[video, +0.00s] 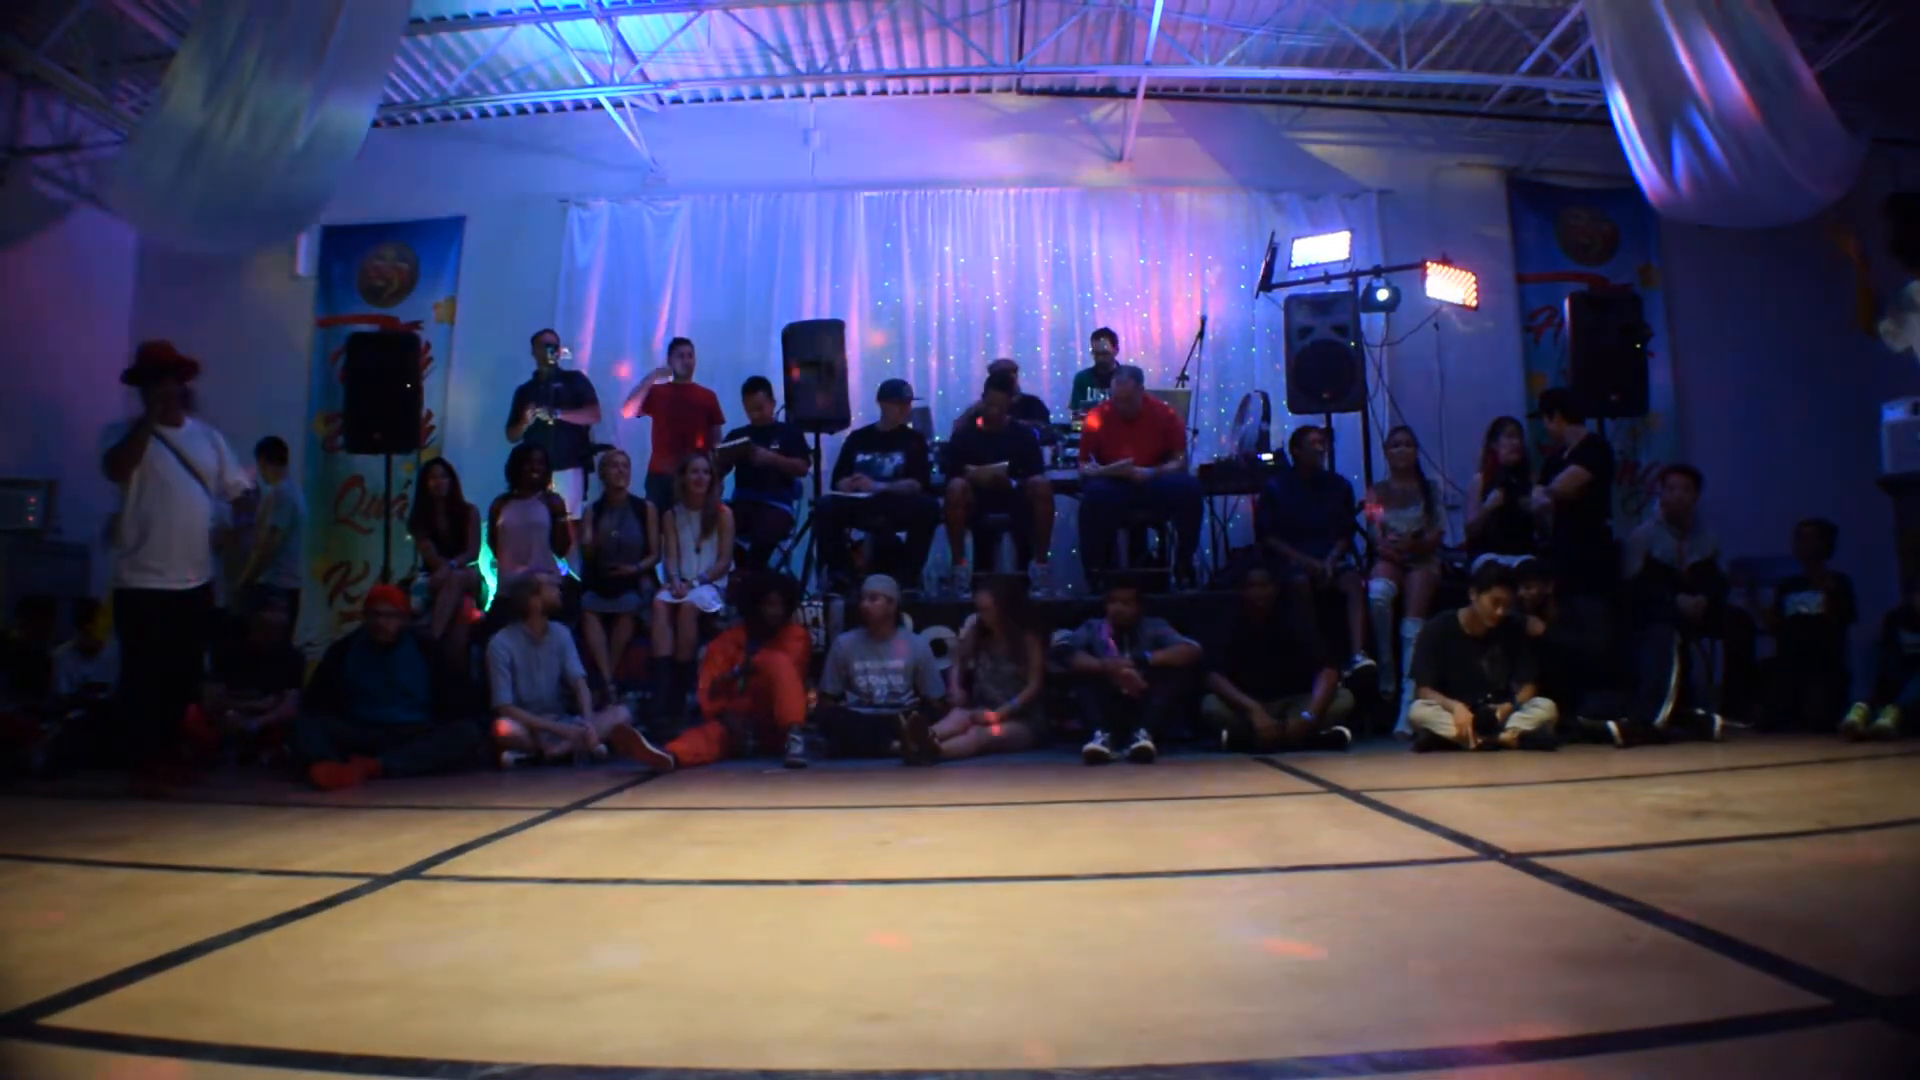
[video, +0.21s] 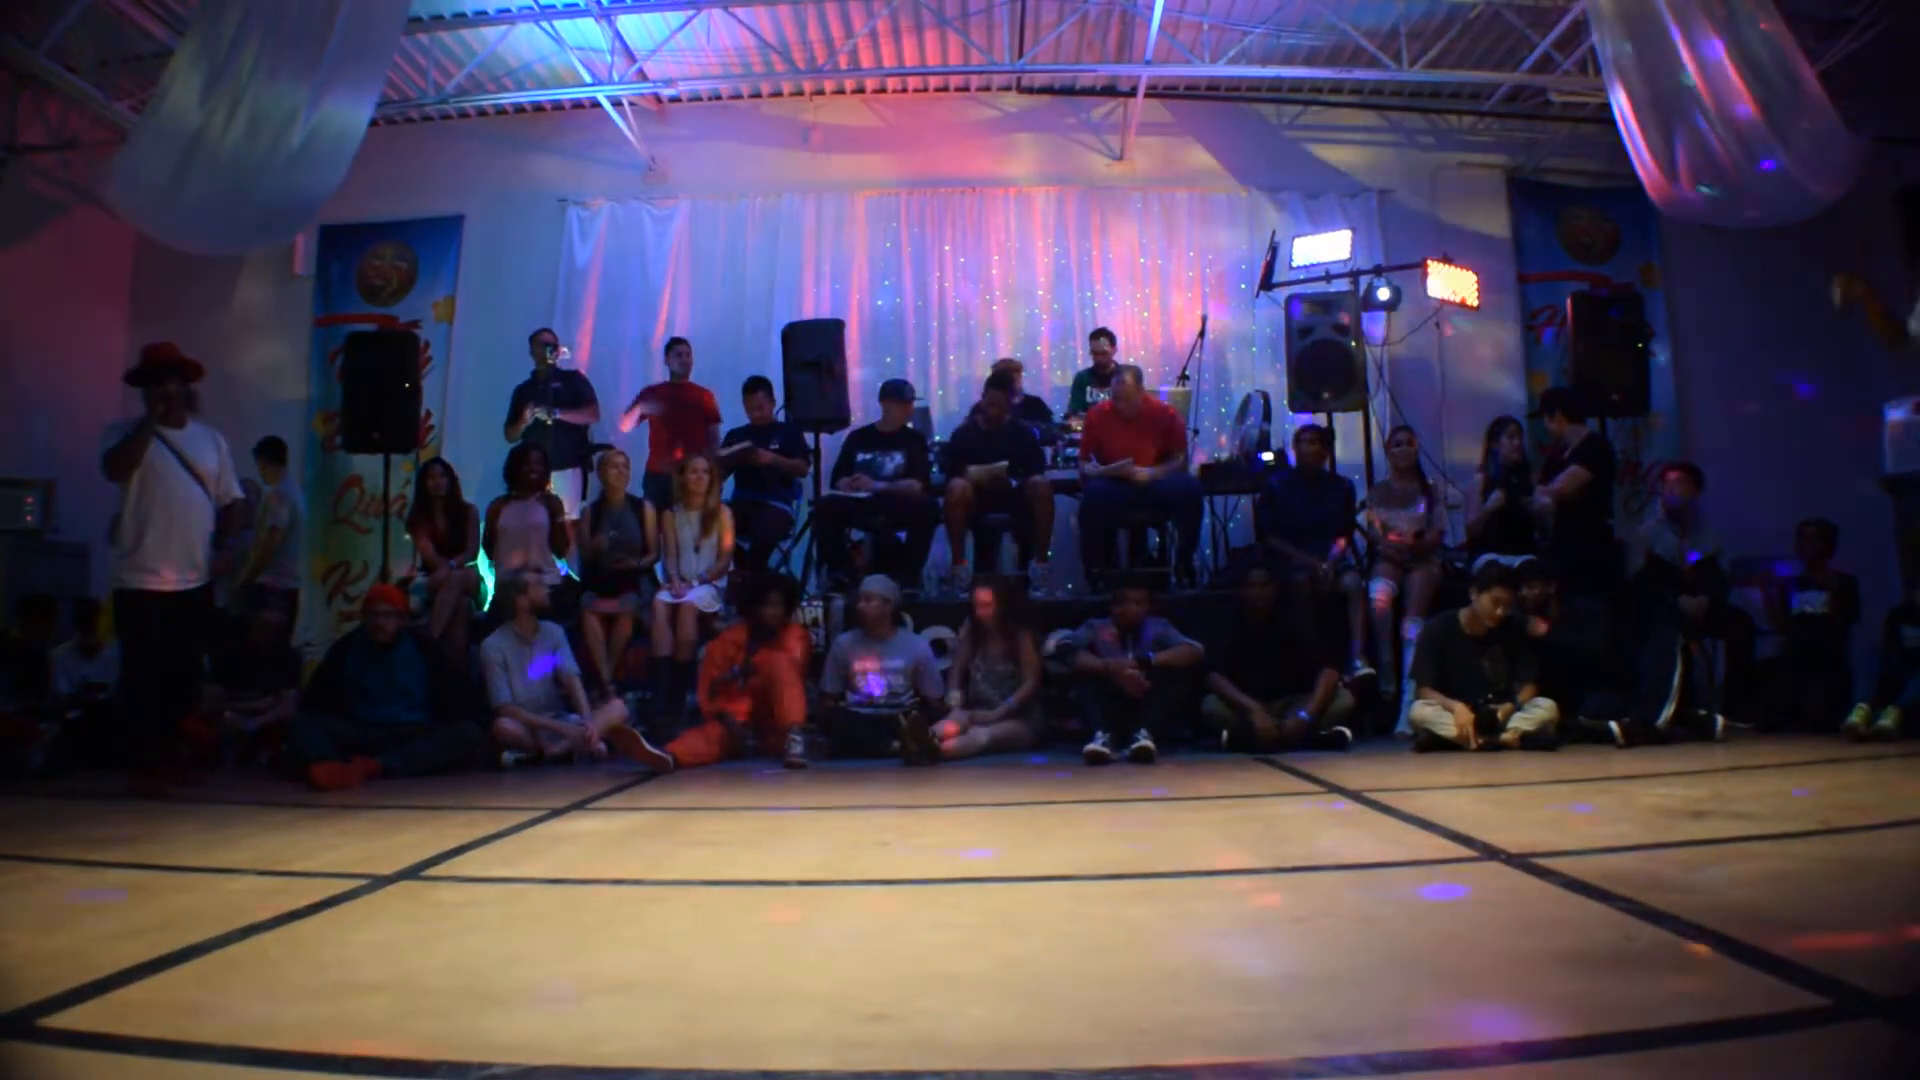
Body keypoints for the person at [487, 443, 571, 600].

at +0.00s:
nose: (535, 468)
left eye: (540, 463)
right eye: (529, 462)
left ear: (547, 468)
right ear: (516, 467)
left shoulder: (552, 501)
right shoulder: (500, 504)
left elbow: (561, 548)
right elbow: (493, 543)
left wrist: (558, 515)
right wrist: (509, 564)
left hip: (545, 580)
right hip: (510, 582)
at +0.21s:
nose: (534, 469)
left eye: (539, 463)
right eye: (527, 463)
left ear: (546, 469)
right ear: (515, 468)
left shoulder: (551, 503)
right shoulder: (498, 505)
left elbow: (561, 549)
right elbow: (489, 547)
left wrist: (555, 513)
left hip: (546, 582)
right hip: (509, 583)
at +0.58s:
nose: (536, 471)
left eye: (541, 466)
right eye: (530, 466)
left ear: (547, 471)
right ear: (518, 470)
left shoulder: (555, 507)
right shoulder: (506, 507)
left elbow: (561, 537)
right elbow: (485, 546)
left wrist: (527, 520)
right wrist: (502, 516)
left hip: (547, 575)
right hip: (513, 576)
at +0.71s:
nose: (532, 472)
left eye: (537, 467)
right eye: (527, 467)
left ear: (545, 473)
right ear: (516, 472)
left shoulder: (554, 508)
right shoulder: (501, 512)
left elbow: (549, 531)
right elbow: (484, 544)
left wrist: (518, 519)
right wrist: (501, 526)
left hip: (548, 584)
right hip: (509, 586)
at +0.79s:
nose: (535, 471)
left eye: (539, 466)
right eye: (529, 467)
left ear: (545, 472)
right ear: (516, 472)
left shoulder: (553, 507)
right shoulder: (499, 512)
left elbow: (546, 529)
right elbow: (486, 543)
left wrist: (510, 524)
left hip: (547, 587)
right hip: (508, 589)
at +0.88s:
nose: (534, 471)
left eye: (539, 466)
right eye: (528, 466)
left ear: (545, 471)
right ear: (516, 471)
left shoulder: (553, 507)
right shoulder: (499, 512)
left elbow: (546, 529)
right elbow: (485, 543)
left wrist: (510, 520)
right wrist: (529, 533)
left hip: (546, 598)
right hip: (506, 598)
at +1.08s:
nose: (535, 469)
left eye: (540, 464)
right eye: (529, 464)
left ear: (545, 471)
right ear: (516, 471)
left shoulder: (553, 507)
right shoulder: (498, 512)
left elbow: (545, 528)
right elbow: (485, 541)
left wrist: (506, 534)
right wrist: (528, 529)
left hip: (544, 598)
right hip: (506, 598)